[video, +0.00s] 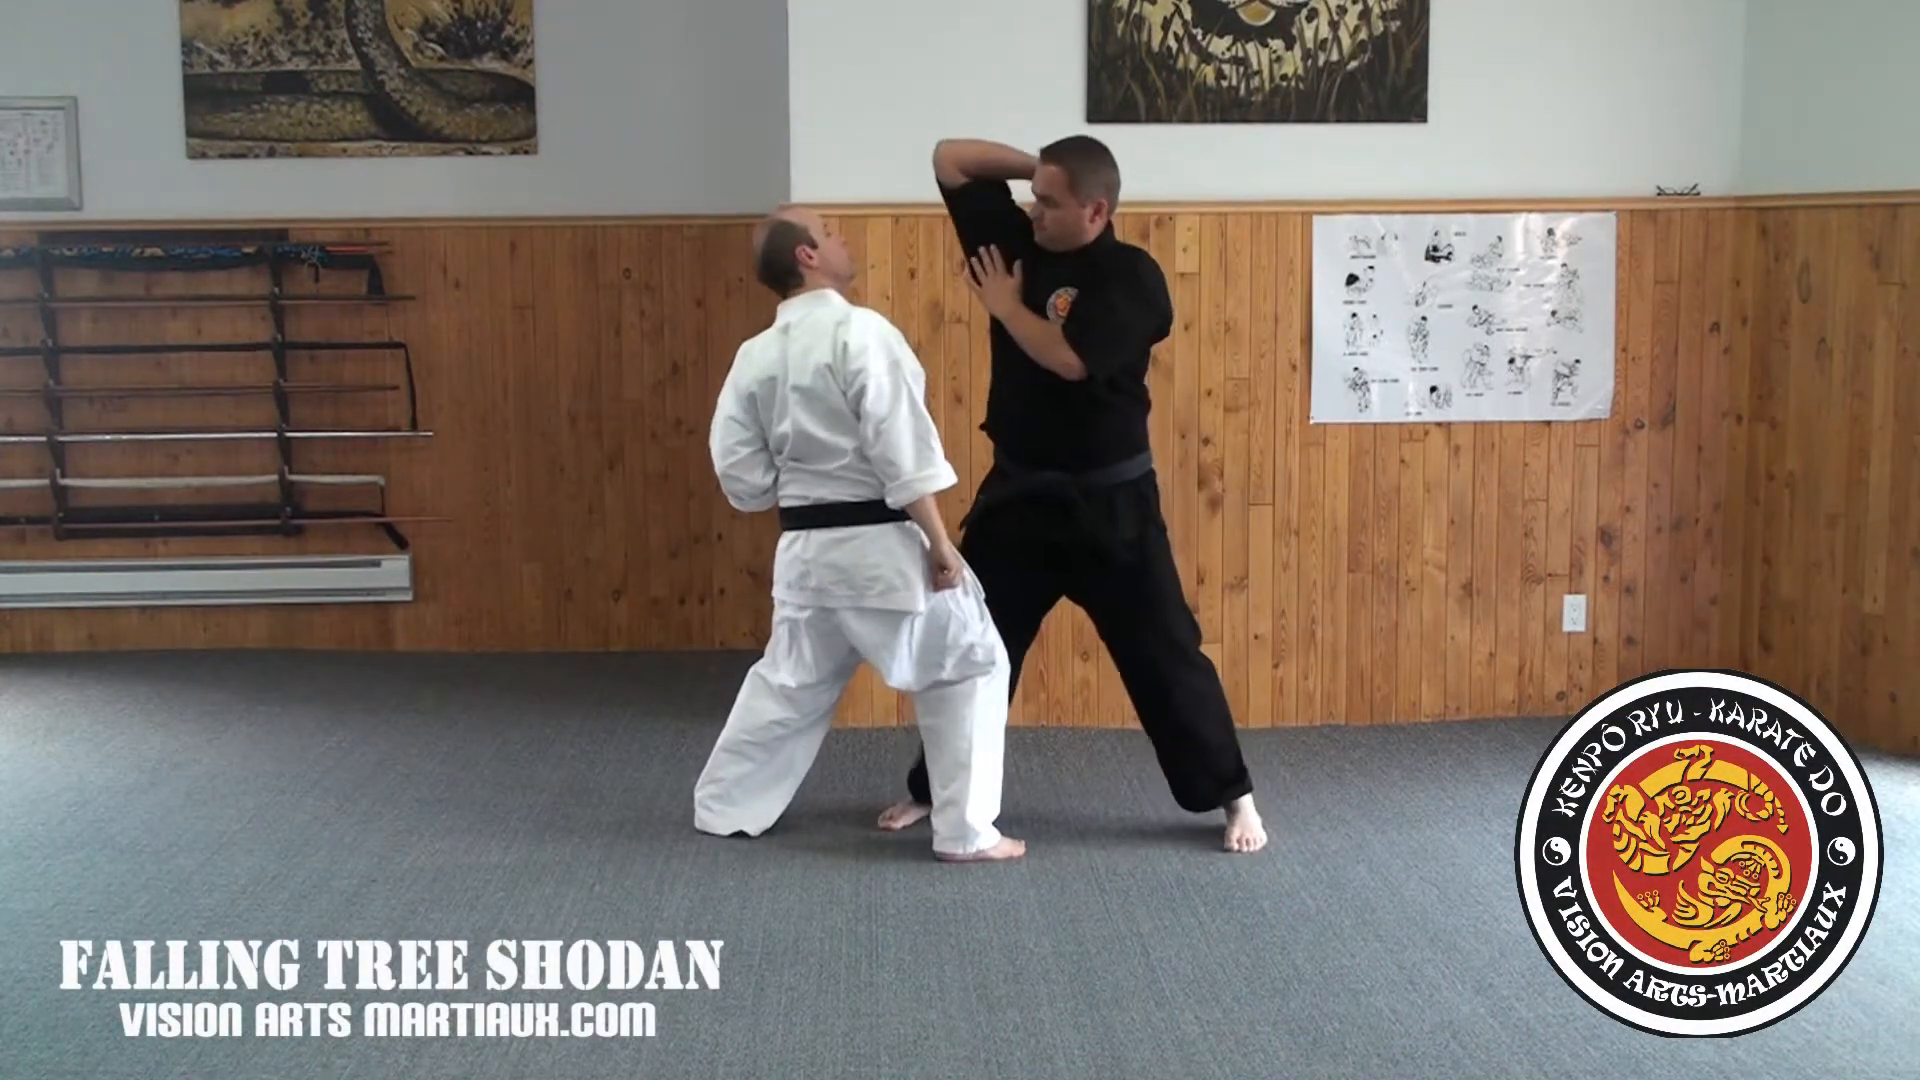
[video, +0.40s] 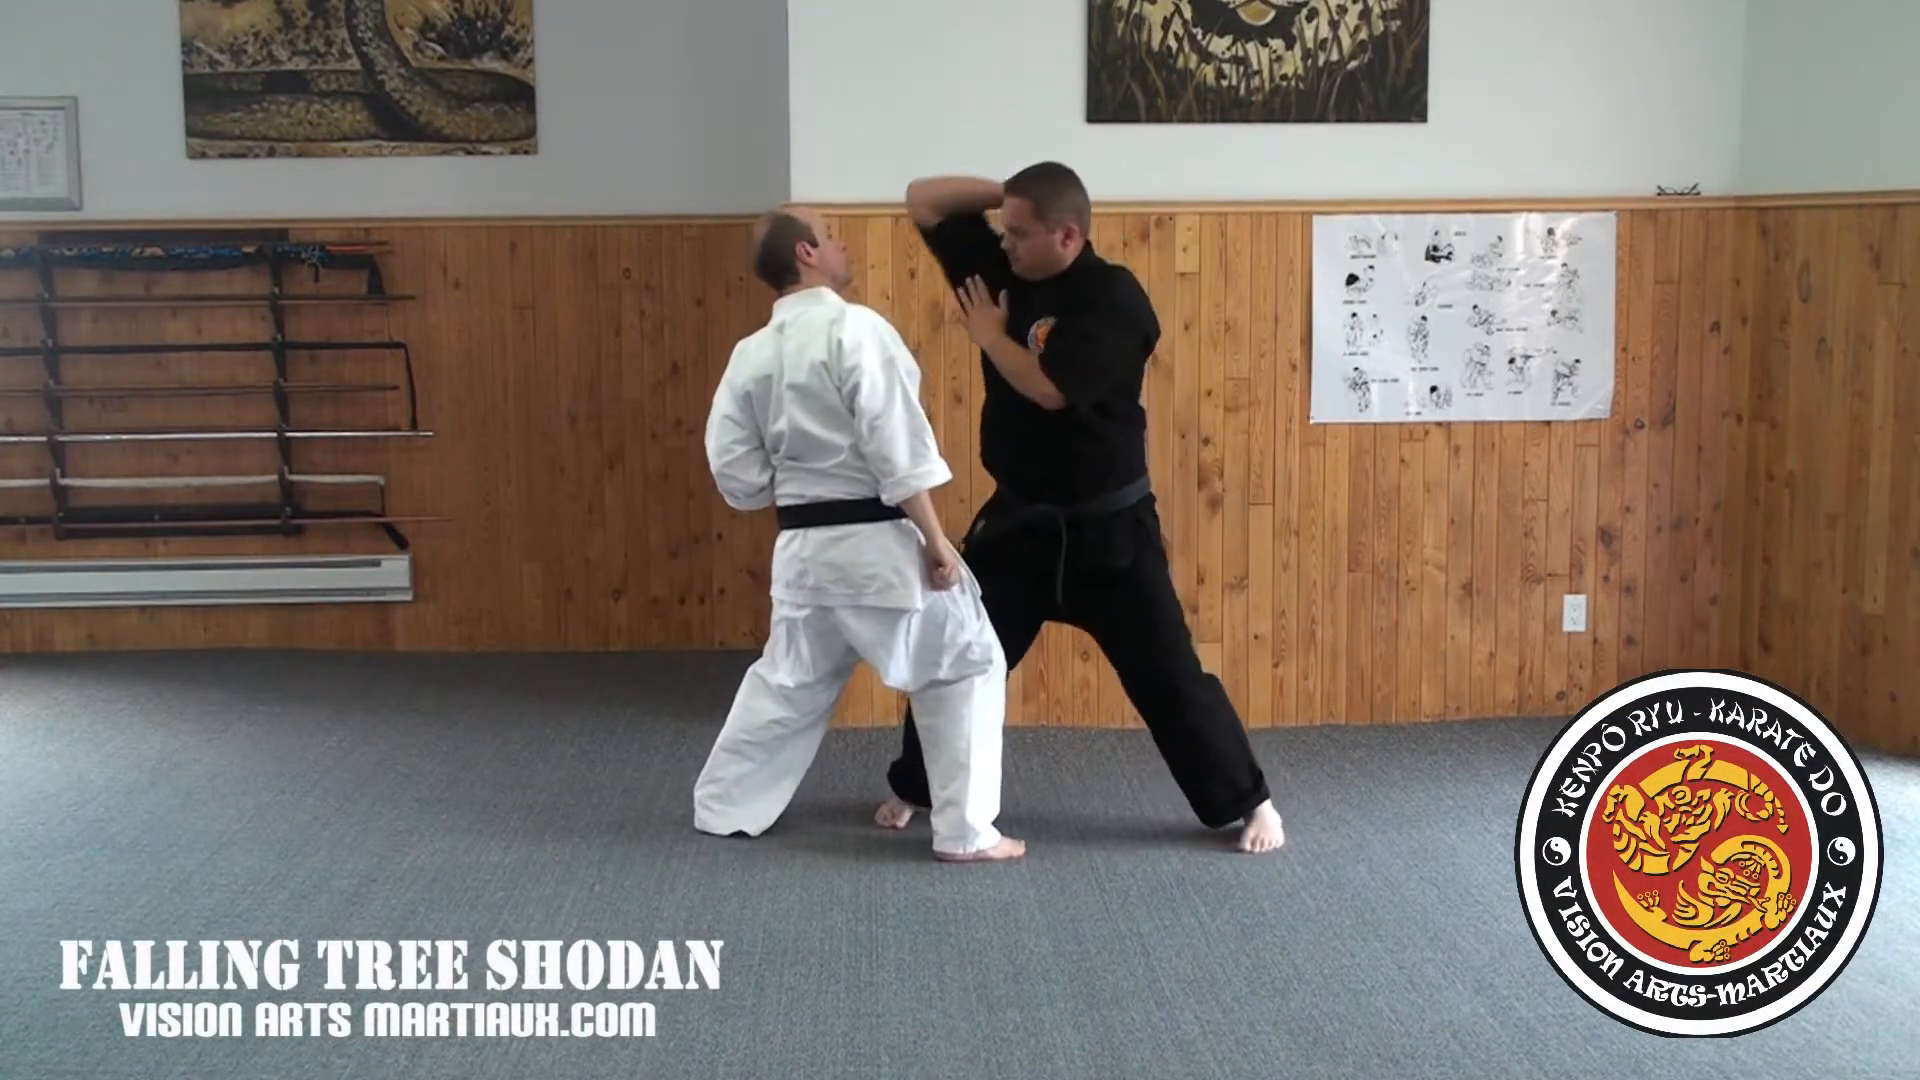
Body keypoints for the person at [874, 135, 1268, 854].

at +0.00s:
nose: (1034, 208)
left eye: (1049, 201)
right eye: (1035, 195)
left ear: (1094, 212)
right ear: (1035, 192)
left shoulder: (1133, 279)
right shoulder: (1011, 249)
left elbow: (1069, 357)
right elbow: (949, 161)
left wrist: (1006, 308)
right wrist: (1043, 166)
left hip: (1112, 500)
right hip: (1018, 493)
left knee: (1167, 650)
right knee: (966, 646)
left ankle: (1235, 797)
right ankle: (930, 794)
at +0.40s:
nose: (1006, 244)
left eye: (1016, 233)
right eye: (1005, 231)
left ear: (1064, 235)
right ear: (1024, 231)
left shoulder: (1115, 302)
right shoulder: (1003, 279)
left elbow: (1050, 389)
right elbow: (922, 203)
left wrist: (990, 337)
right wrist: (1008, 193)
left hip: (1109, 524)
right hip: (1017, 519)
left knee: (1168, 672)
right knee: (954, 656)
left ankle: (1249, 802)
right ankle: (914, 788)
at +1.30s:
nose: (1040, 246)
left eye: (1052, 234)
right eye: (1037, 233)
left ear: (1103, 236)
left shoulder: (1161, 310)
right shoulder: (1029, 308)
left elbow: (1141, 412)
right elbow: (940, 369)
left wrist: (1051, 372)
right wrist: (862, 372)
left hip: (1145, 529)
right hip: (1049, 525)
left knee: (1190, 669)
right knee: (980, 653)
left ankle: (1253, 800)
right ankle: (955, 786)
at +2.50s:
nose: (1048, 244)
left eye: (1061, 231)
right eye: (1045, 230)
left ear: (1111, 231)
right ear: (1048, 231)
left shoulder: (1171, 309)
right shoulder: (1034, 307)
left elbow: (1155, 414)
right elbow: (931, 322)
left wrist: (1055, 380)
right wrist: (857, 315)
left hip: (1142, 532)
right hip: (1043, 527)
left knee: (1197, 667)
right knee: (973, 651)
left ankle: (1258, 798)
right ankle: (946, 785)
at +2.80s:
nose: (1049, 242)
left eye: (1062, 228)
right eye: (1046, 229)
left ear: (1110, 229)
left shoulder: (1174, 308)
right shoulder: (1033, 307)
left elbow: (1173, 417)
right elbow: (922, 321)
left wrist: (1074, 384)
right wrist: (830, 317)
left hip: (1142, 530)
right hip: (1043, 526)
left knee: (1197, 669)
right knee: (973, 653)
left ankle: (1257, 796)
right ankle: (946, 785)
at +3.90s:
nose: (945, 192)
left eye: (956, 177)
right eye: (942, 180)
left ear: (998, 172)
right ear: (951, 187)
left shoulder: (1034, 245)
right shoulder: (944, 270)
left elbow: (1009, 123)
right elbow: (855, 310)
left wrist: (1004, 125)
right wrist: (768, 322)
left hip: (1016, 468)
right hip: (960, 470)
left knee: (934, 611)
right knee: (989, 628)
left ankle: (984, 767)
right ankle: (1030, 778)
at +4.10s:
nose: (933, 197)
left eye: (944, 183)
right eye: (930, 186)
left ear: (982, 182)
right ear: (938, 192)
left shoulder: (1015, 247)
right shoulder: (935, 268)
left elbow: (993, 157)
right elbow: (850, 301)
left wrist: (1007, 135)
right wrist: (756, 312)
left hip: (973, 479)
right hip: (937, 477)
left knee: (884, 620)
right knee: (961, 638)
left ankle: (881, 794)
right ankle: (1016, 779)